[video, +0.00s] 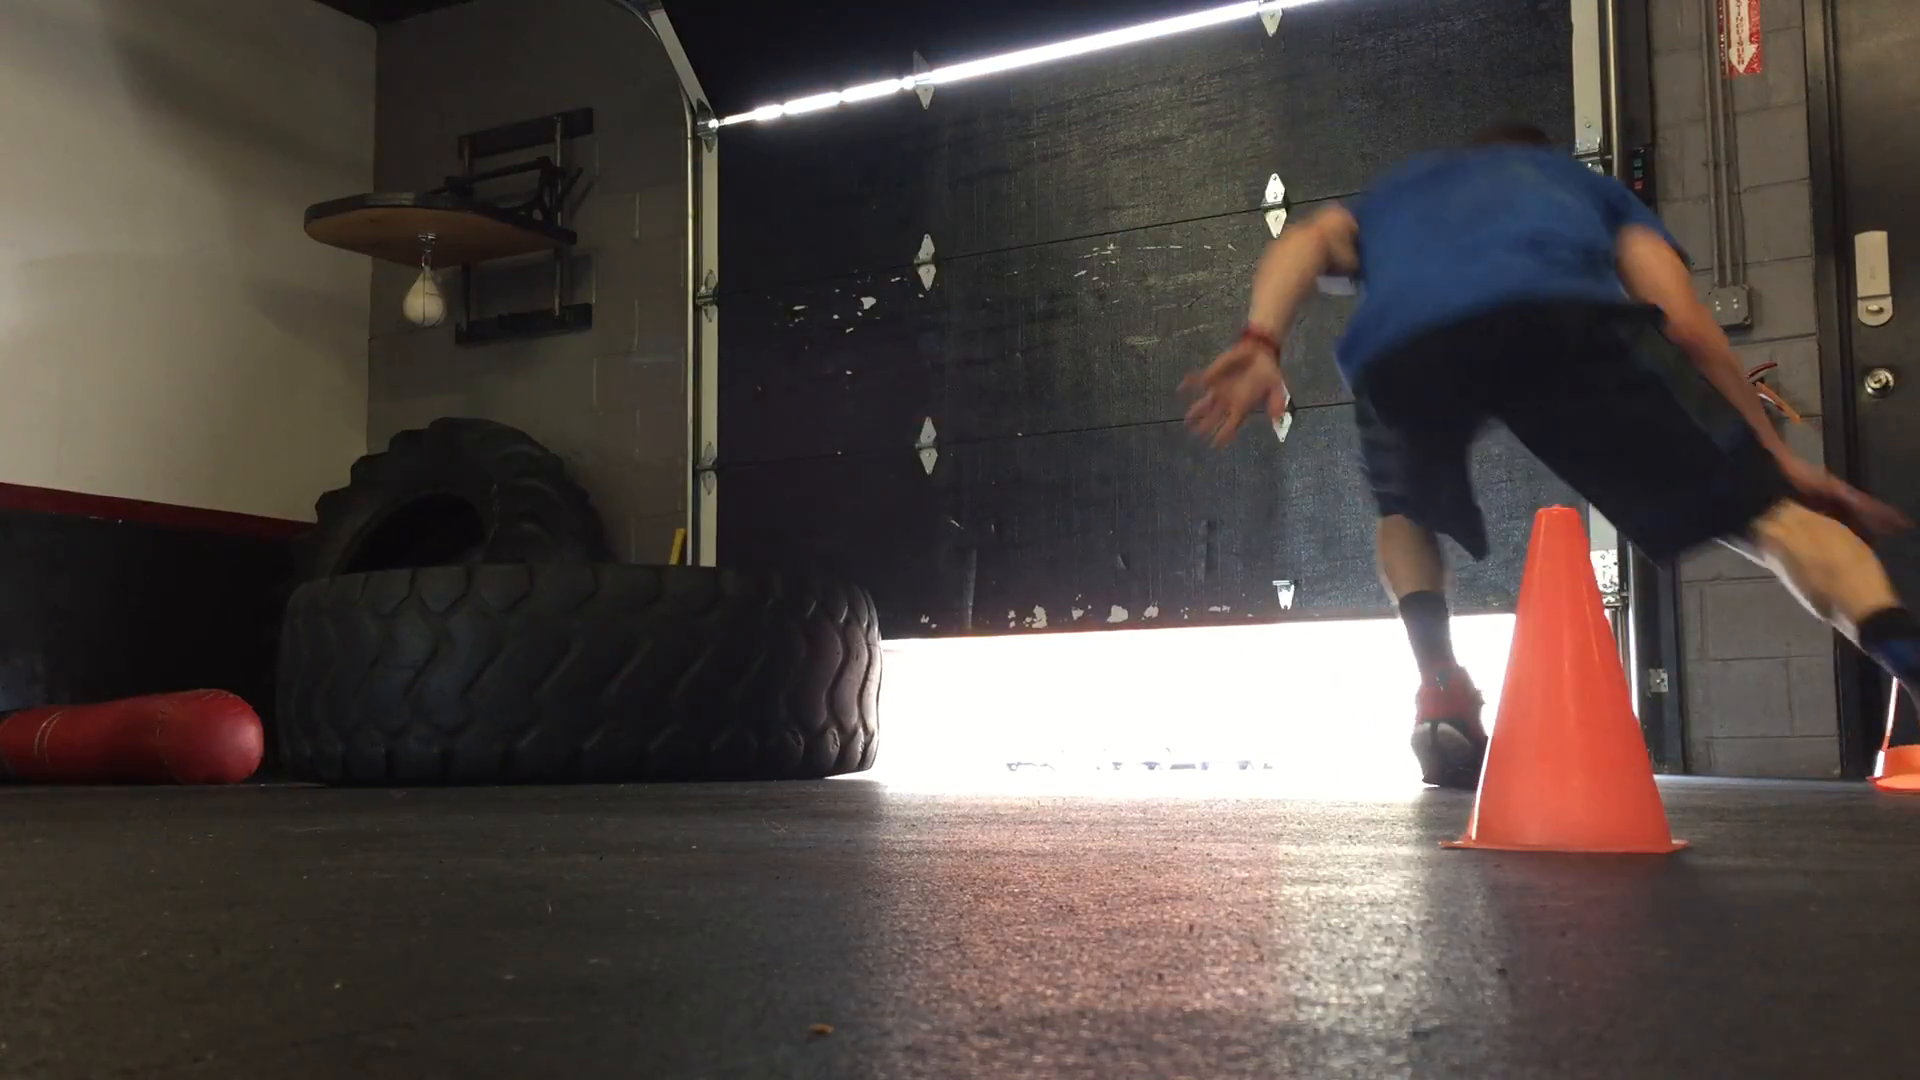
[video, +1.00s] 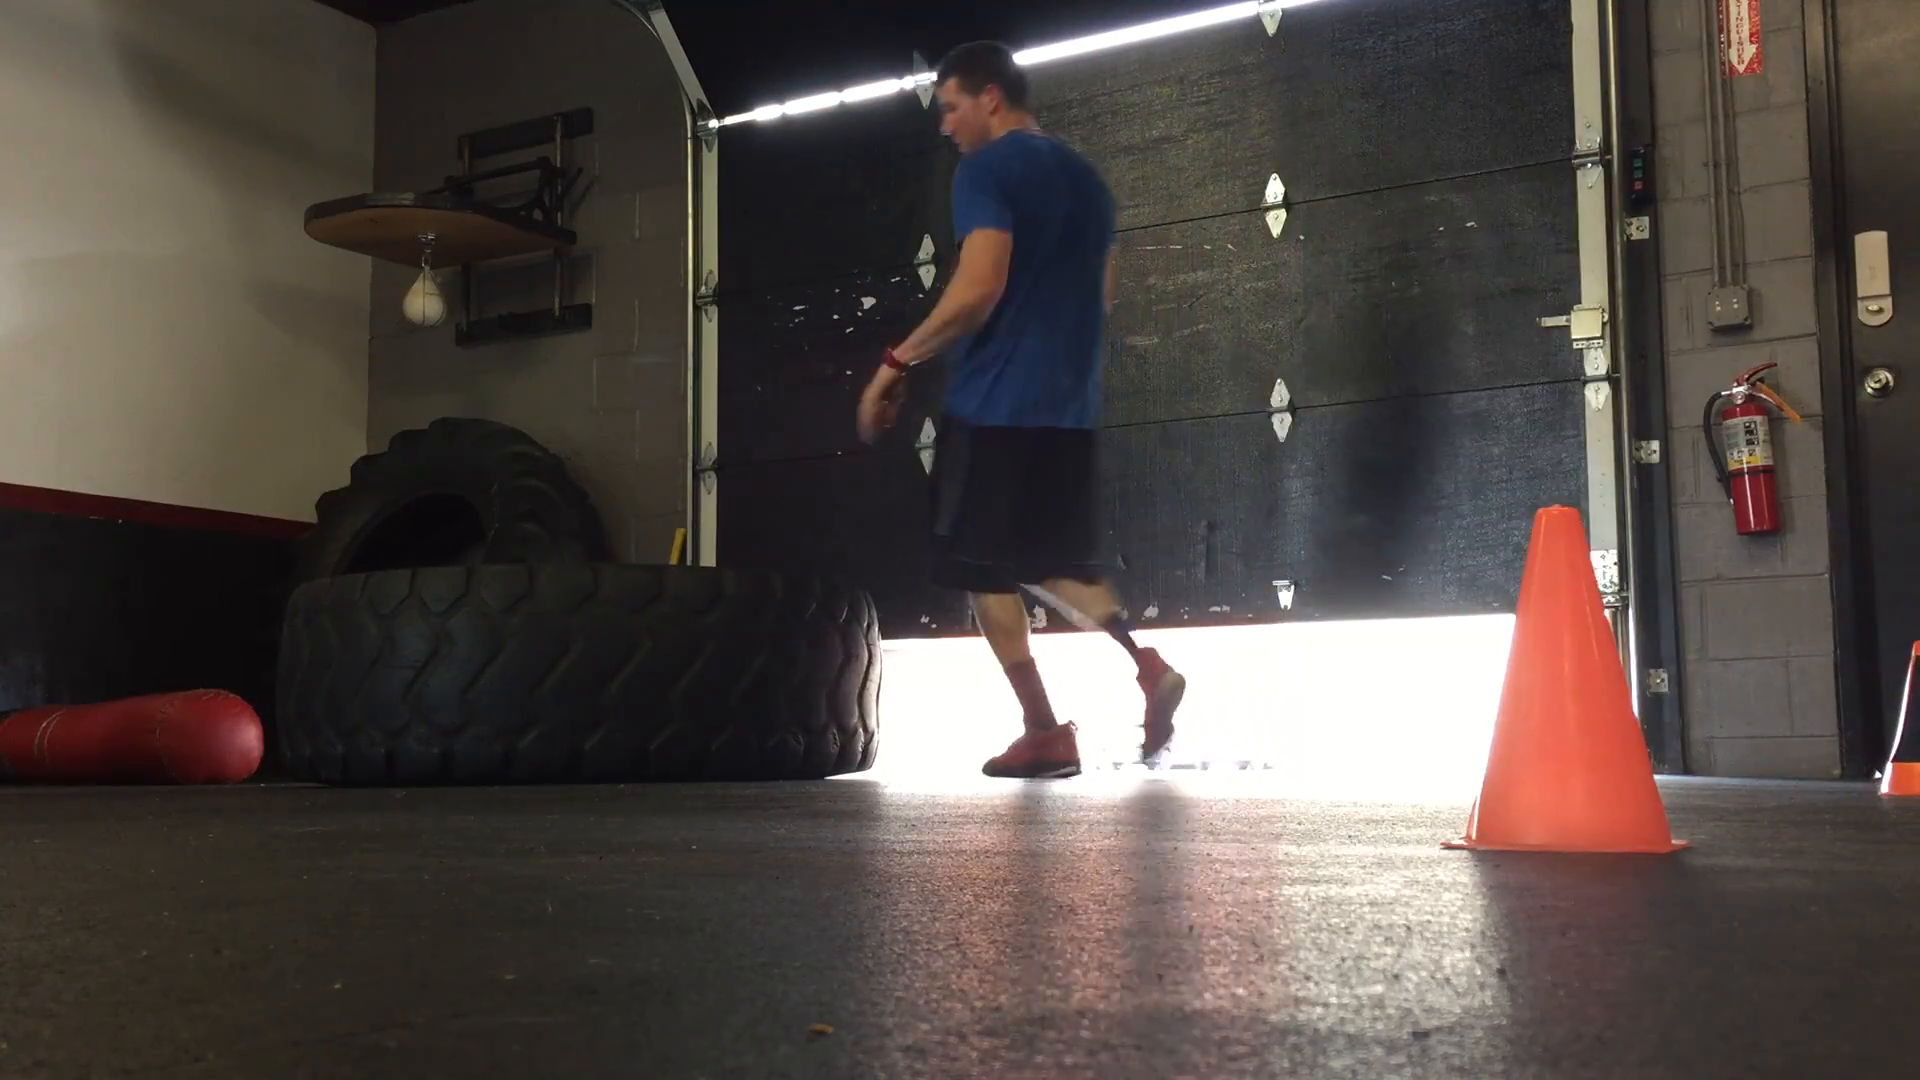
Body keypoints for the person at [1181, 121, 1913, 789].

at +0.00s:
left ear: (1469, 153)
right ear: (1557, 158)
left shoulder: (1400, 192)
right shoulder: (1589, 182)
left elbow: (1305, 237)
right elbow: (1682, 316)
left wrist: (1261, 335)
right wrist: (1782, 460)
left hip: (1405, 347)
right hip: (1561, 318)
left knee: (1403, 497)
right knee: (1768, 515)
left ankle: (1440, 684)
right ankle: (1900, 647)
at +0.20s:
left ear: (1304, 57)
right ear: (1387, 43)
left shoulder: (1275, 96)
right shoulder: (1445, 69)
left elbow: (1211, 165)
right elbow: (1538, 126)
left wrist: (1222, 323)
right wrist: (1602, 247)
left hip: (1351, 274)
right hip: (1482, 250)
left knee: (1365, 524)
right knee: (1502, 485)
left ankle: (1432, 680)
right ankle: (1631, 535)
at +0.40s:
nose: (1216, 14)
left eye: (1211, 12)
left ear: (1218, 9)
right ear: (1287, 4)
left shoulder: (1183, 53)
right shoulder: (1357, 35)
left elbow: (1126, 135)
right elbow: (1424, 111)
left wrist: (1170, 261)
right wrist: (1464, 236)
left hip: (1245, 249)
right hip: (1351, 246)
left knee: (1298, 444)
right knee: (1328, 464)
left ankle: (1392, 616)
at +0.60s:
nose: (1115, 69)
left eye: (1118, 56)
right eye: (1118, 56)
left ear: (1139, 49)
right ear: (1190, 52)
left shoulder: (1114, 114)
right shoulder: (1260, 128)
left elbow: (1109, 225)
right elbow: (1312, 266)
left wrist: (1086, 314)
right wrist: (1330, 389)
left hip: (1163, 356)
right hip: (1255, 355)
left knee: (1135, 544)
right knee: (1231, 547)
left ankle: (1235, 596)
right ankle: (1248, 730)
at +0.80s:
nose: (1019, 70)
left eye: (1022, 54)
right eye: (1017, 56)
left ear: (1052, 45)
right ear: (1086, 45)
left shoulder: (1045, 105)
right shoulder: (1161, 125)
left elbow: (1049, 200)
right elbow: (1196, 257)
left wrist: (984, 297)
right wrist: (1123, 295)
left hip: (1072, 360)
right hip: (1163, 354)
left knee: (1044, 529)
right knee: (1175, 518)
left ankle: (1056, 724)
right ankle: (1238, 673)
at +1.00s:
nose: (946, 127)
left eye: (950, 109)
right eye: (943, 112)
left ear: (990, 98)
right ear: (1001, 101)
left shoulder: (988, 168)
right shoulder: (1088, 179)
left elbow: (977, 288)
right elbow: (1099, 300)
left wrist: (898, 361)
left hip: (994, 408)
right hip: (1068, 408)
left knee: (980, 562)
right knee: (1049, 558)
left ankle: (1044, 730)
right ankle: (1150, 666)